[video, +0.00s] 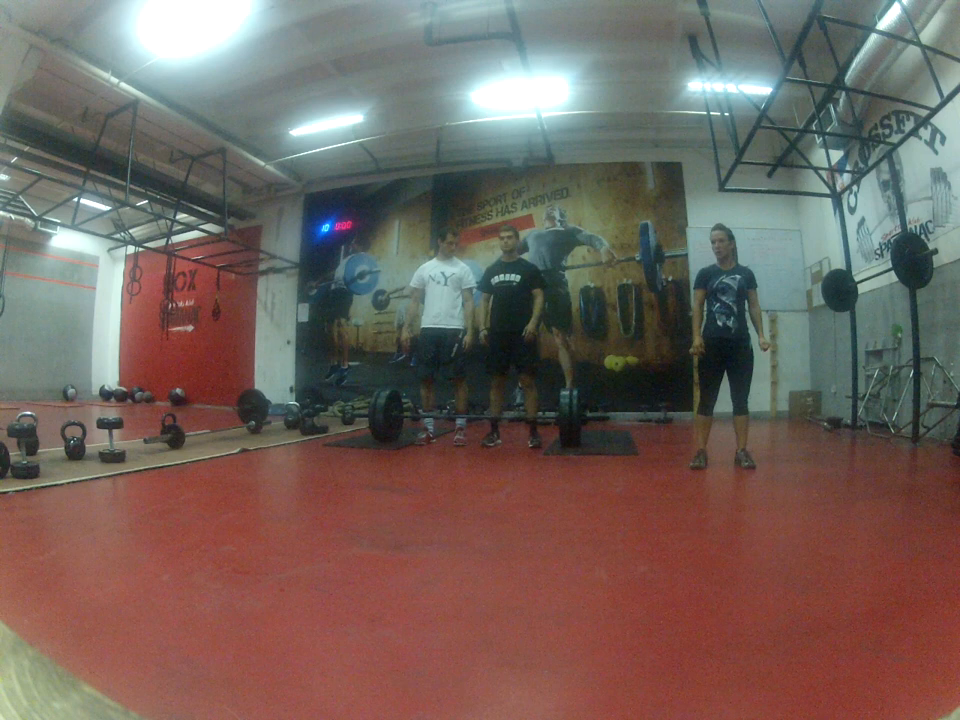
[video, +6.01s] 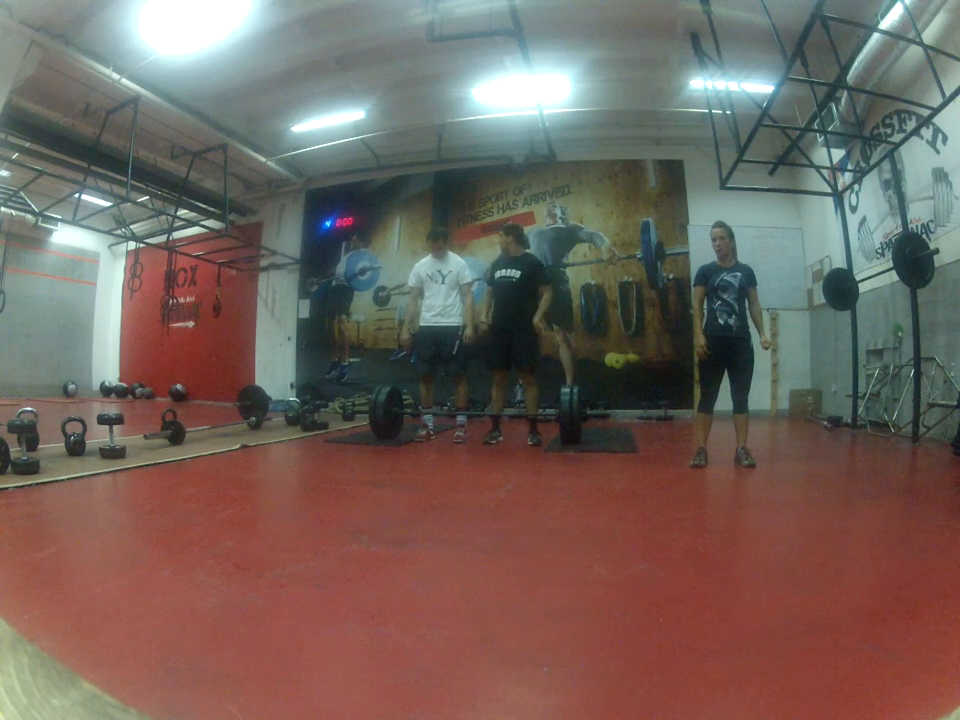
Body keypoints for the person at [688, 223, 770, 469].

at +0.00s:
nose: (717, 246)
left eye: (721, 241)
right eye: (714, 242)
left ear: (732, 243)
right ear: (710, 246)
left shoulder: (746, 273)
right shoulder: (705, 274)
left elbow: (754, 306)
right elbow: (697, 306)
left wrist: (760, 334)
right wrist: (697, 336)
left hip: (739, 344)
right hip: (711, 344)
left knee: (740, 401)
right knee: (706, 400)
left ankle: (742, 451)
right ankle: (701, 451)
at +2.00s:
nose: (718, 244)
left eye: (722, 239)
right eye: (715, 240)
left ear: (733, 242)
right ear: (712, 244)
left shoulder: (746, 272)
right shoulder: (706, 272)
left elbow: (754, 305)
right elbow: (698, 305)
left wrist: (762, 333)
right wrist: (698, 335)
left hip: (740, 343)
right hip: (712, 343)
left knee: (740, 400)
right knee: (707, 399)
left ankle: (742, 449)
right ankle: (700, 450)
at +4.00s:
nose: (717, 244)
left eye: (721, 239)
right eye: (714, 240)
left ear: (732, 241)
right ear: (710, 244)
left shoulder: (746, 271)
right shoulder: (705, 272)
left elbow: (754, 304)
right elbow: (697, 306)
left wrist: (762, 333)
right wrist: (698, 335)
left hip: (740, 343)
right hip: (712, 342)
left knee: (741, 399)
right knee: (707, 399)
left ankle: (742, 449)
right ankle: (701, 450)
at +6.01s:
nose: (718, 243)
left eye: (722, 239)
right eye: (714, 240)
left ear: (732, 241)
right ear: (711, 244)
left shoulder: (746, 271)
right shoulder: (705, 271)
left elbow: (754, 305)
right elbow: (697, 306)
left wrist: (762, 333)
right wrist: (698, 335)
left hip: (740, 343)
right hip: (712, 342)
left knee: (740, 399)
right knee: (707, 398)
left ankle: (742, 449)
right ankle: (701, 449)